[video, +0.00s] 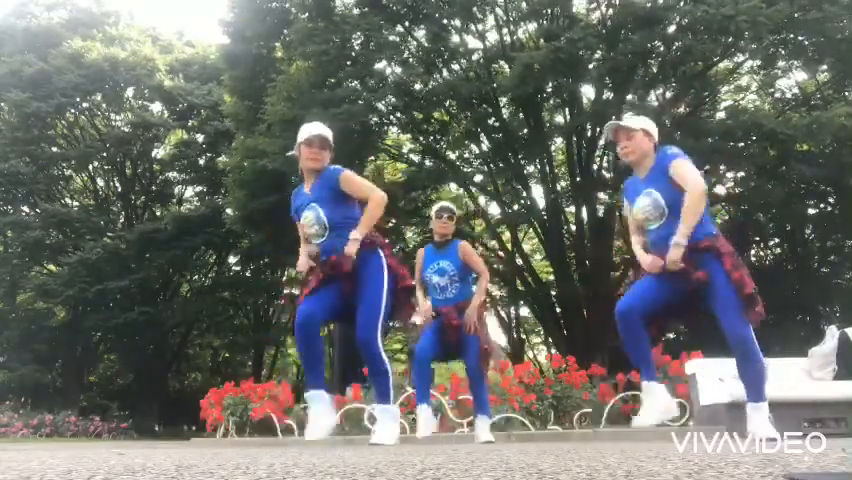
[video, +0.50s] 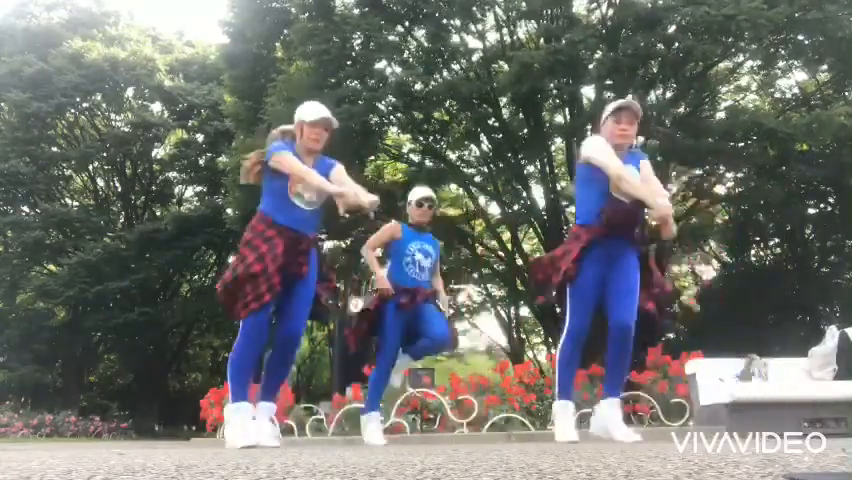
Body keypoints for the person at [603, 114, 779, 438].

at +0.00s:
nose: (623, 145)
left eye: (629, 137)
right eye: (618, 141)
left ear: (649, 138)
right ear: (617, 148)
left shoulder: (669, 158)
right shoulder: (630, 187)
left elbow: (697, 189)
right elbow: (635, 232)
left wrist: (679, 242)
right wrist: (642, 255)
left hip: (707, 260)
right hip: (668, 269)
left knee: (739, 333)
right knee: (626, 310)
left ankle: (758, 412)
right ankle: (655, 395)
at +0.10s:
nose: (615, 147)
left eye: (622, 139)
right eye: (612, 143)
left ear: (644, 142)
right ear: (611, 150)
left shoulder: (665, 166)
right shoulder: (622, 192)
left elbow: (717, 185)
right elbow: (627, 239)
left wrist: (700, 235)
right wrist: (626, 264)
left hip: (694, 267)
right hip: (652, 277)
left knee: (731, 338)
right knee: (611, 320)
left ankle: (760, 414)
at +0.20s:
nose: (611, 135)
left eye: (620, 128)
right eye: (609, 131)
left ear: (640, 138)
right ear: (607, 143)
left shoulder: (658, 166)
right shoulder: (605, 187)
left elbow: (705, 199)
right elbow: (607, 233)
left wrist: (704, 238)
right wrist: (606, 261)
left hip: (667, 266)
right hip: (627, 274)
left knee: (709, 340)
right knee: (591, 327)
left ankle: (757, 411)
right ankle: (587, 417)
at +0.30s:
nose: (611, 111)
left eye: (619, 106)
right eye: (608, 107)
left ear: (638, 116)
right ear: (604, 117)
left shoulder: (654, 150)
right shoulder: (586, 153)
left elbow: (685, 191)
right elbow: (566, 198)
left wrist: (660, 200)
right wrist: (593, 206)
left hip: (646, 245)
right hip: (603, 249)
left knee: (683, 319)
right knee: (584, 326)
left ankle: (728, 398)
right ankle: (586, 416)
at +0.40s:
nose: (617, 113)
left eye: (624, 108)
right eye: (611, 108)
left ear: (636, 115)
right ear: (602, 114)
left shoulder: (645, 145)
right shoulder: (591, 134)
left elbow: (664, 185)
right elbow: (589, 161)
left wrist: (642, 172)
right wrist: (632, 175)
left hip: (634, 234)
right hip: (594, 234)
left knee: (650, 302)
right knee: (581, 319)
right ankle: (571, 406)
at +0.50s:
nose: (624, 128)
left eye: (631, 123)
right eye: (617, 121)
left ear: (637, 129)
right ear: (603, 124)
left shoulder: (639, 158)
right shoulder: (593, 146)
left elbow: (658, 196)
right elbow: (620, 177)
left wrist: (664, 218)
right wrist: (658, 203)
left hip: (624, 251)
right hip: (589, 250)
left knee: (623, 324)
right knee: (577, 328)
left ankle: (608, 411)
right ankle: (563, 410)